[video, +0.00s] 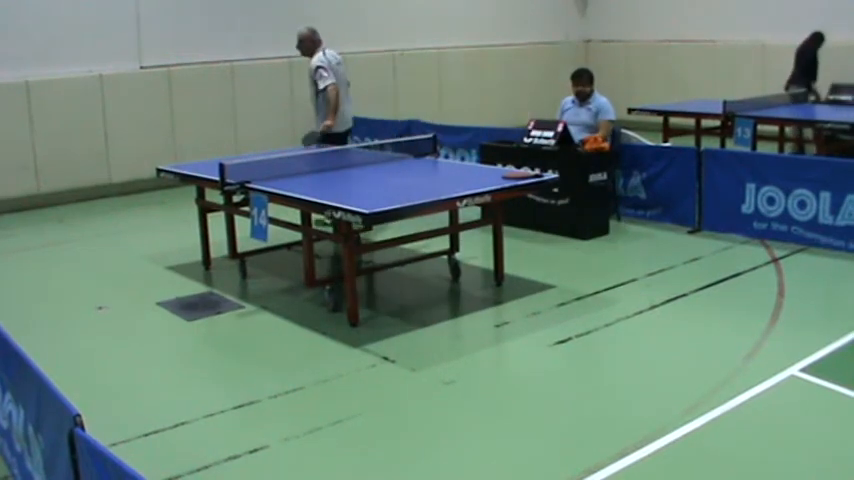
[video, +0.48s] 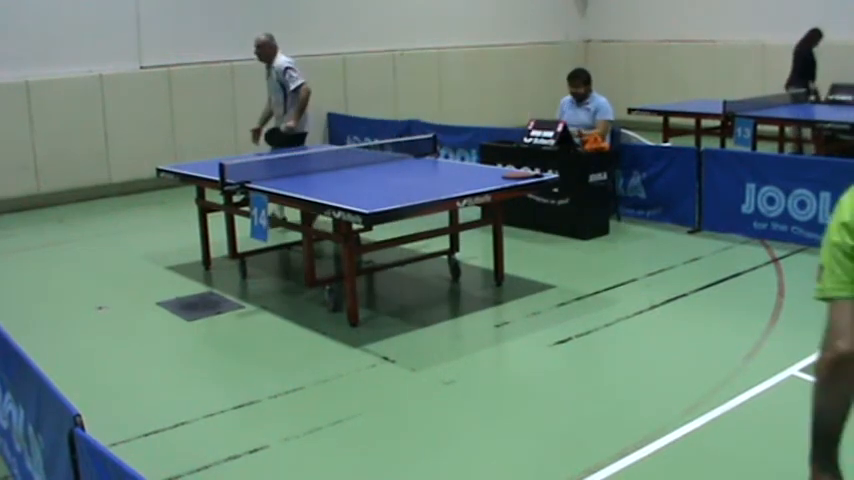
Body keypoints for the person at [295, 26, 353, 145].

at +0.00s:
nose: (297, 47)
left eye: (301, 42)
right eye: (298, 42)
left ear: (312, 42)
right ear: (316, 42)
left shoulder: (318, 63)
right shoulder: (333, 55)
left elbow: (332, 88)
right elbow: (346, 84)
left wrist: (330, 119)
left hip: (331, 129)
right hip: (344, 124)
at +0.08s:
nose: (292, 46)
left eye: (295, 41)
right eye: (292, 41)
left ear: (305, 41)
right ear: (308, 41)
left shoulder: (313, 60)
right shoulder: (325, 54)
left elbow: (328, 86)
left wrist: (323, 117)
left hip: (323, 128)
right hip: (334, 126)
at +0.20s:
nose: (282, 46)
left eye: (286, 42)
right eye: (283, 42)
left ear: (298, 42)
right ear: (299, 42)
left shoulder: (306, 62)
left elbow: (321, 89)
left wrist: (309, 117)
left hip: (314, 131)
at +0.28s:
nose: (276, 50)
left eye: (279, 45)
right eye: (276, 46)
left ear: (291, 44)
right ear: (292, 45)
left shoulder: (301, 64)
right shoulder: (297, 61)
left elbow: (315, 91)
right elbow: (304, 94)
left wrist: (301, 117)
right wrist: (294, 116)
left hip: (310, 131)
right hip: (305, 129)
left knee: (303, 173)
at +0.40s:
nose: (265, 50)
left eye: (268, 46)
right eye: (265, 46)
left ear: (280, 46)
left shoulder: (289, 66)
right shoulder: (279, 65)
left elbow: (308, 91)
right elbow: (283, 98)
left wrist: (295, 120)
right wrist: (273, 118)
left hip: (297, 134)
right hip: (287, 132)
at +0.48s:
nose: (256, 52)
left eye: (259, 47)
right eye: (256, 48)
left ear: (271, 48)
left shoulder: (283, 66)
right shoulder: (271, 67)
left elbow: (305, 90)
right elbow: (272, 103)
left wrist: (295, 120)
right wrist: (260, 126)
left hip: (292, 131)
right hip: (281, 130)